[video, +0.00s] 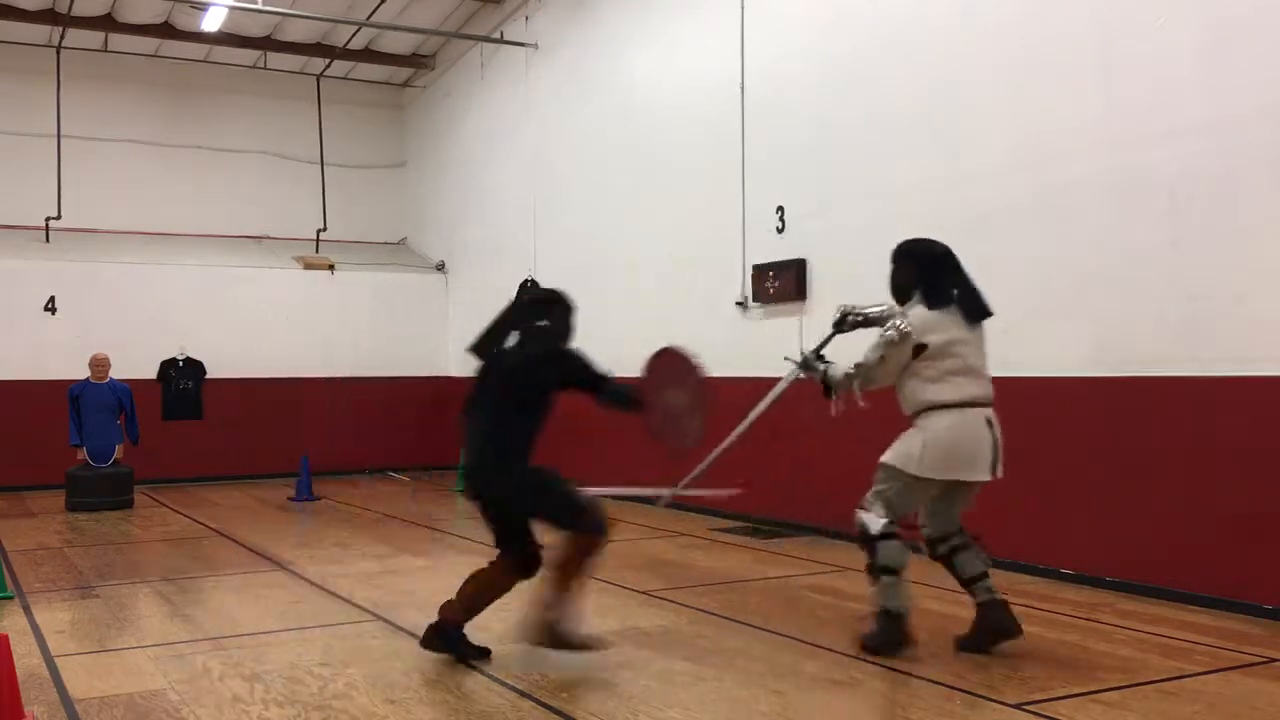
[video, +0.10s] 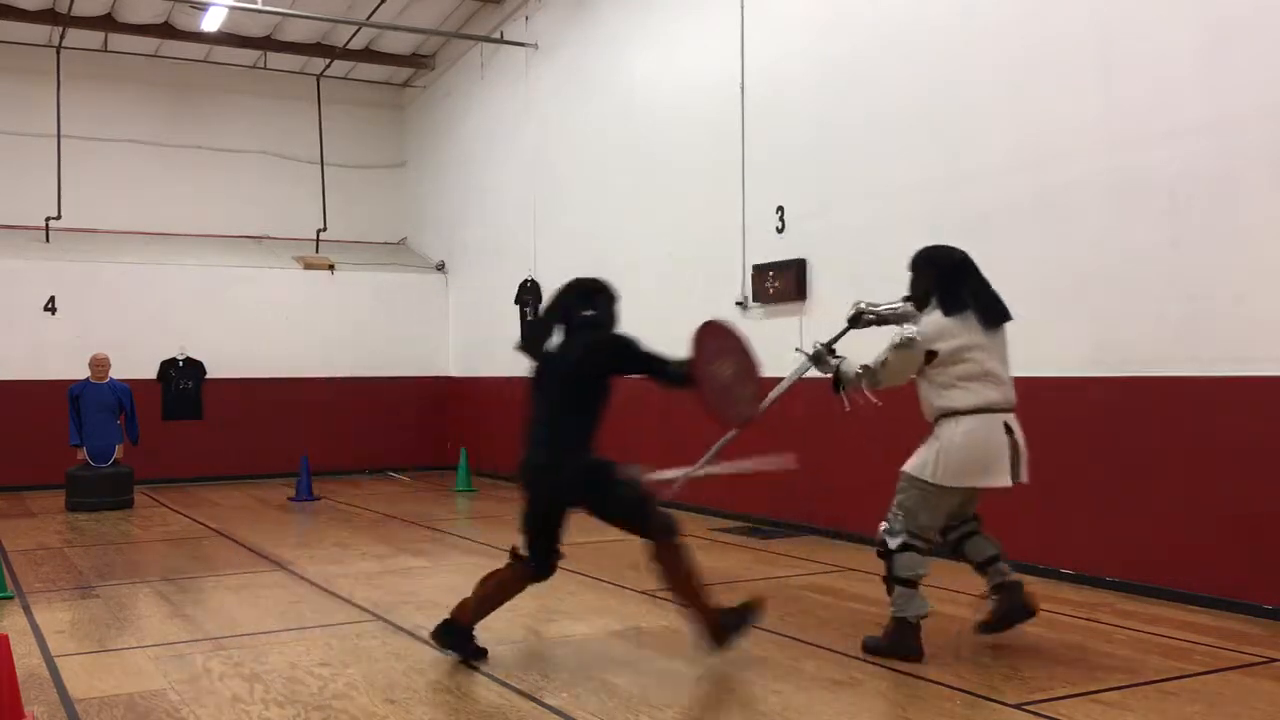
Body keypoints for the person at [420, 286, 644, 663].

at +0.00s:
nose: (567, 331)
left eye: (565, 324)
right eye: (564, 324)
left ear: (526, 323)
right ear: (558, 326)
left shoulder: (501, 356)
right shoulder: (555, 360)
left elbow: (472, 412)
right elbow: (605, 389)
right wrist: (644, 398)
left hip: (482, 476)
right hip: (513, 476)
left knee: (519, 559)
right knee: (589, 524)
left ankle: (446, 627)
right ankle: (550, 624)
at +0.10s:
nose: (614, 315)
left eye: (610, 307)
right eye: (610, 308)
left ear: (569, 314)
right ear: (600, 312)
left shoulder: (553, 352)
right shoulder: (607, 347)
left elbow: (529, 338)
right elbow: (671, 373)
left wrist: (551, 305)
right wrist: (707, 367)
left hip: (542, 471)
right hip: (577, 470)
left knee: (536, 562)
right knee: (660, 528)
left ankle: (457, 625)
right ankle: (711, 621)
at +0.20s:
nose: (659, 318)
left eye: (650, 312)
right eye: (654, 311)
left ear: (615, 322)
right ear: (650, 315)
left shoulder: (613, 366)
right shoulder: (661, 348)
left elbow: (646, 438)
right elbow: (725, 365)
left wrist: (713, 440)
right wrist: (761, 355)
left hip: (613, 483)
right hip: (652, 481)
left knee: (576, 573)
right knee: (730, 534)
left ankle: (486, 626)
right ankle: (765, 634)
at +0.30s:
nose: (710, 319)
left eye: (706, 313)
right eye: (705, 313)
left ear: (663, 322)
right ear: (699, 319)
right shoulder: (713, 352)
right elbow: (778, 367)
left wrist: (759, 399)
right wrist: (812, 359)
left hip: (664, 485)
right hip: (702, 484)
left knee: (629, 580)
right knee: (777, 536)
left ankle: (540, 635)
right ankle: (769, 636)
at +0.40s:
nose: (759, 309)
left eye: (752, 304)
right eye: (754, 304)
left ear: (710, 312)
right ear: (751, 310)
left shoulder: (702, 348)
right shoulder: (767, 349)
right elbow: (826, 365)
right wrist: (868, 369)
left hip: (703, 478)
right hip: (740, 479)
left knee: (655, 569)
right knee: (804, 542)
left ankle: (573, 635)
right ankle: (769, 637)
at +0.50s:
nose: (805, 297)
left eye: (801, 288)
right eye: (800, 290)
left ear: (755, 296)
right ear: (793, 296)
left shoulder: (745, 331)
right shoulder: (804, 332)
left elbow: (790, 342)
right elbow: (861, 367)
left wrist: (813, 309)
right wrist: (886, 372)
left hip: (731, 460)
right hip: (772, 465)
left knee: (697, 549)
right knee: (815, 546)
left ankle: (628, 621)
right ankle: (769, 636)